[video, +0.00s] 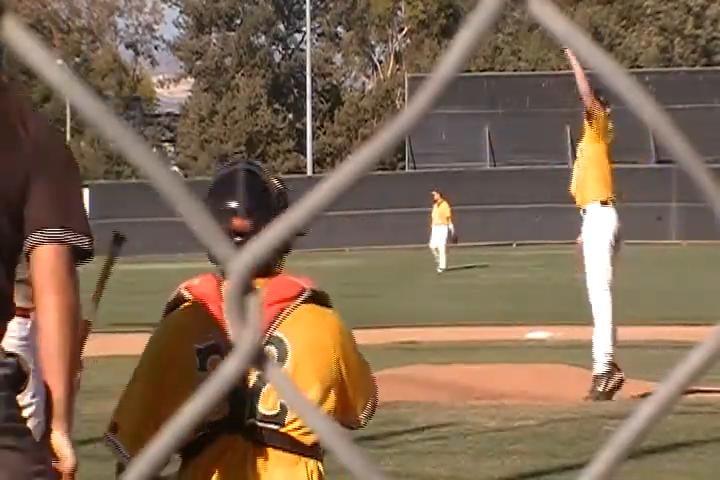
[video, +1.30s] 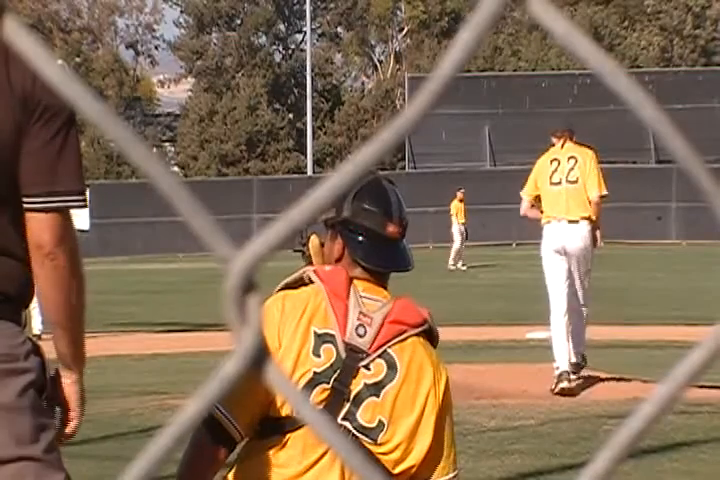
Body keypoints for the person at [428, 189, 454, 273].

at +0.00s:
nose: (434, 197)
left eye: (435, 194)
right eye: (433, 195)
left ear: (439, 195)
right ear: (434, 196)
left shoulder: (445, 205)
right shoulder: (435, 205)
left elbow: (448, 217)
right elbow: (434, 216)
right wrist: (432, 225)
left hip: (443, 226)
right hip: (435, 226)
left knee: (442, 246)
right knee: (432, 245)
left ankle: (442, 265)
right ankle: (439, 261)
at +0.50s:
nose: (441, 196)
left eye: (442, 194)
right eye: (440, 194)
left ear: (445, 194)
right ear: (438, 195)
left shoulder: (450, 203)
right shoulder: (437, 204)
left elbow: (454, 214)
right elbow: (435, 216)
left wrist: (454, 223)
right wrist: (434, 227)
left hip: (450, 225)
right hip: (441, 225)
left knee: (450, 244)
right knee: (442, 245)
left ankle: (453, 263)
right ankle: (444, 263)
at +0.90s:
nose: (451, 195)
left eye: (453, 193)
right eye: (450, 193)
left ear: (454, 195)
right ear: (447, 194)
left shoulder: (457, 203)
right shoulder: (445, 204)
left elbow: (459, 213)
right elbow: (441, 215)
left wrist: (460, 222)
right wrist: (441, 226)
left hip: (455, 225)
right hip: (447, 225)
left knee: (457, 245)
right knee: (446, 246)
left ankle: (458, 263)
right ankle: (445, 263)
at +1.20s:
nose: (460, 195)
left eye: (461, 193)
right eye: (459, 193)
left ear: (462, 194)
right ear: (455, 194)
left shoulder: (461, 203)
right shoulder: (452, 204)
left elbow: (462, 214)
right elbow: (451, 216)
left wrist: (464, 224)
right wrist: (452, 227)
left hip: (462, 225)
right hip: (455, 225)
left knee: (461, 246)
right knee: (453, 245)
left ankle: (459, 263)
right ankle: (448, 262)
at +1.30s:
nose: (462, 195)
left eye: (463, 193)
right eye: (461, 193)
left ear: (463, 194)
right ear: (457, 193)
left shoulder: (462, 204)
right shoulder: (454, 204)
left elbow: (464, 215)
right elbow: (453, 215)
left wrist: (465, 226)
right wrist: (455, 225)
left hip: (463, 224)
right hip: (456, 224)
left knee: (462, 243)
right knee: (458, 241)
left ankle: (460, 262)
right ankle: (451, 261)